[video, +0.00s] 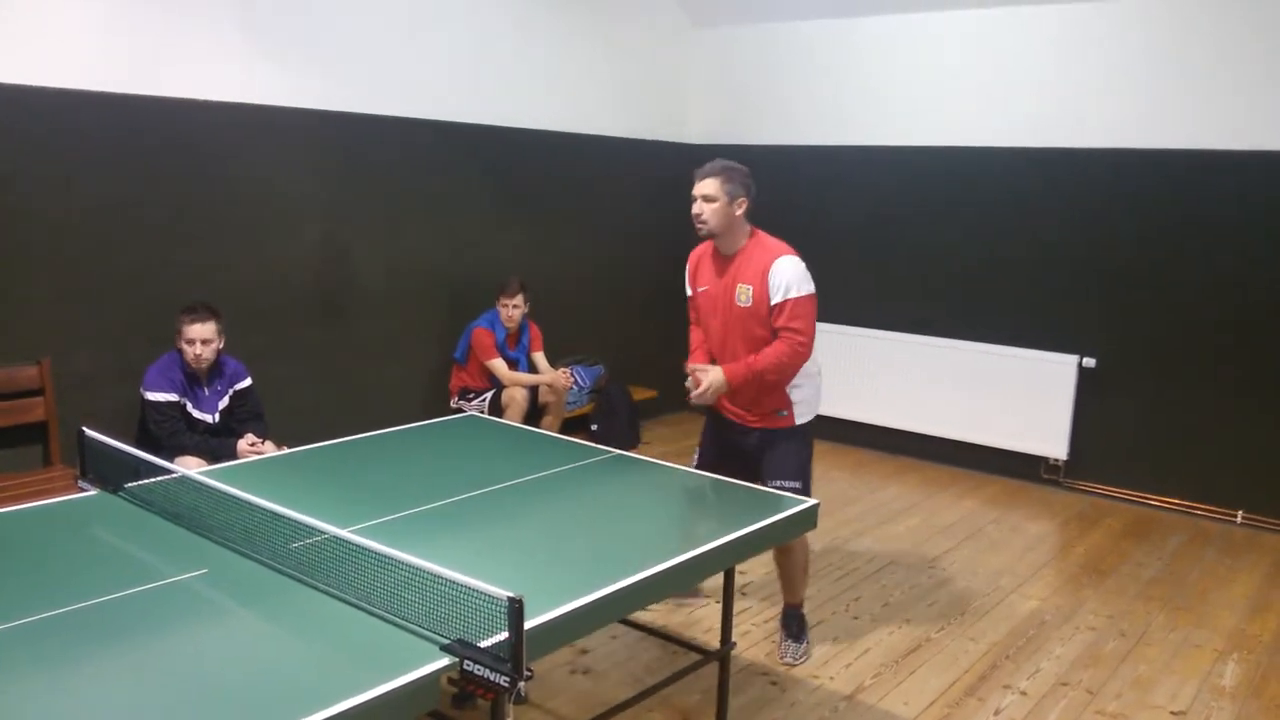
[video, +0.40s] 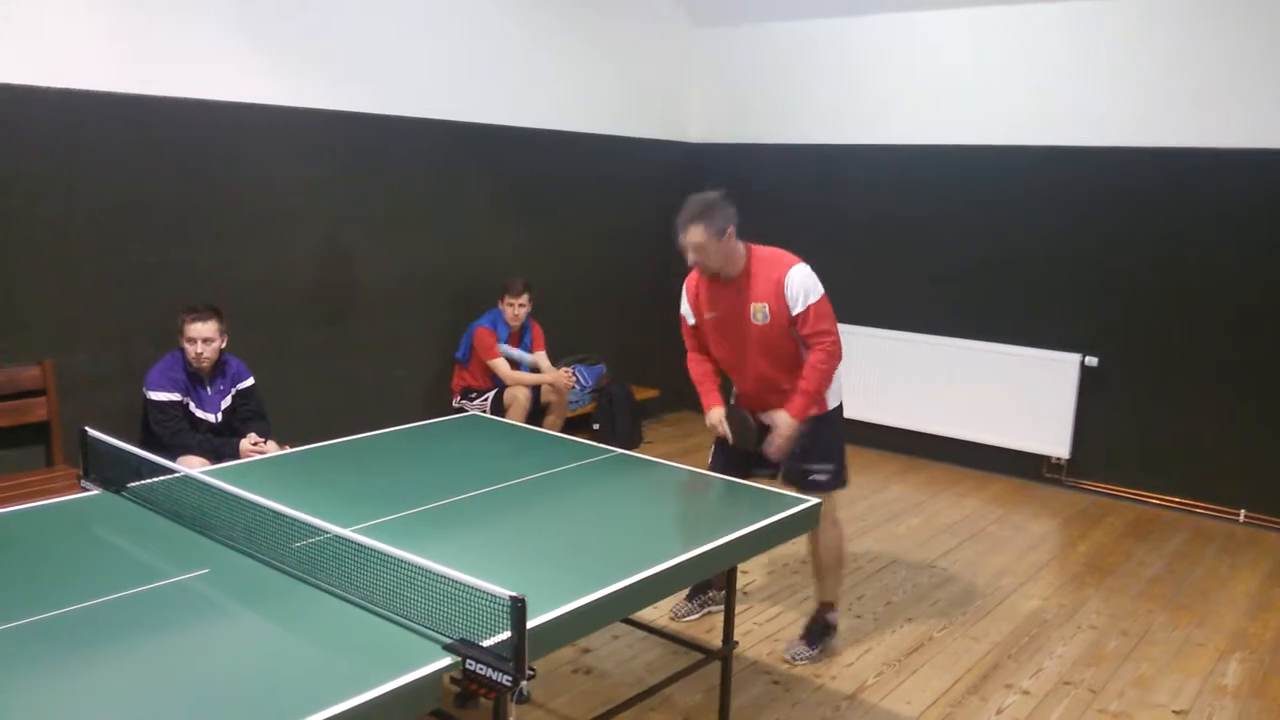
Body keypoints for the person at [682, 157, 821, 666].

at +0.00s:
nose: (696, 209)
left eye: (707, 201)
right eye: (694, 200)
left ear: (740, 206)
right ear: (696, 206)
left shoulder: (782, 265)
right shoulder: (697, 261)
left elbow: (796, 344)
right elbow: (699, 329)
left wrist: (728, 377)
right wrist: (699, 365)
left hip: (781, 424)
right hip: (724, 416)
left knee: (787, 523)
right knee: (699, 503)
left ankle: (793, 616)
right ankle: (686, 578)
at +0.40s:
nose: (690, 259)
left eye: (697, 248)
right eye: (686, 250)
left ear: (727, 236)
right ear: (687, 244)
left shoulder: (788, 274)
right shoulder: (695, 287)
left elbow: (826, 347)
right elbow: (697, 352)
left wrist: (794, 414)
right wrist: (712, 404)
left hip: (807, 407)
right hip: (745, 408)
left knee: (818, 508)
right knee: (717, 496)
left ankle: (825, 619)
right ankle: (715, 582)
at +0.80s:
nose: (827, 306)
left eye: (834, 298)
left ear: (846, 276)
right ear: (798, 277)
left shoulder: (854, 277)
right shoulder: (750, 288)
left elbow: (863, 308)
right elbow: (687, 297)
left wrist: (877, 344)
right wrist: (649, 328)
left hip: (837, 384)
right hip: (773, 400)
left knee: (901, 450)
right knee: (752, 497)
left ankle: (958, 548)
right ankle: (719, 584)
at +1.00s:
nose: (947, 277)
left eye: (954, 270)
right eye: (949, 267)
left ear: (930, 246)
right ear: (928, 247)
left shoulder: (908, 277)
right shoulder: (851, 267)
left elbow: (878, 322)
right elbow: (775, 293)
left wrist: (896, 359)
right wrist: (739, 354)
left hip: (868, 407)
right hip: (808, 408)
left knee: (922, 492)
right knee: (765, 503)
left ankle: (935, 601)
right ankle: (719, 584)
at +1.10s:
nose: (995, 289)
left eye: (1001, 282)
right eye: (997, 278)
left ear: (977, 264)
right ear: (974, 261)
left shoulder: (946, 303)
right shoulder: (909, 278)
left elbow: (914, 350)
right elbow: (836, 305)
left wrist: (940, 390)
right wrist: (844, 371)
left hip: (886, 424)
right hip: (831, 417)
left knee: (940, 509)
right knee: (786, 511)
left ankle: (935, 614)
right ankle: (718, 581)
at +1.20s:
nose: (1037, 327)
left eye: (1043, 321)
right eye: (1039, 316)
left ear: (1020, 304)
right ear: (1020, 299)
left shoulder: (985, 338)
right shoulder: (963, 307)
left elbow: (979, 391)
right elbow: (912, 339)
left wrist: (1013, 445)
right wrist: (929, 406)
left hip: (899, 434)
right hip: (858, 422)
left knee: (949, 506)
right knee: (821, 527)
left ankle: (936, 615)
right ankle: (720, 574)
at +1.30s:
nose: (1074, 362)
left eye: (1079, 354)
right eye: (1076, 350)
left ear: (1055, 339)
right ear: (1055, 336)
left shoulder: (1018, 359)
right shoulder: (1012, 339)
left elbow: (1015, 418)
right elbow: (983, 378)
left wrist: (1038, 475)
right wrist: (1010, 445)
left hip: (917, 436)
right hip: (887, 423)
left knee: (960, 508)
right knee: (862, 531)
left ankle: (939, 616)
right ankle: (755, 585)